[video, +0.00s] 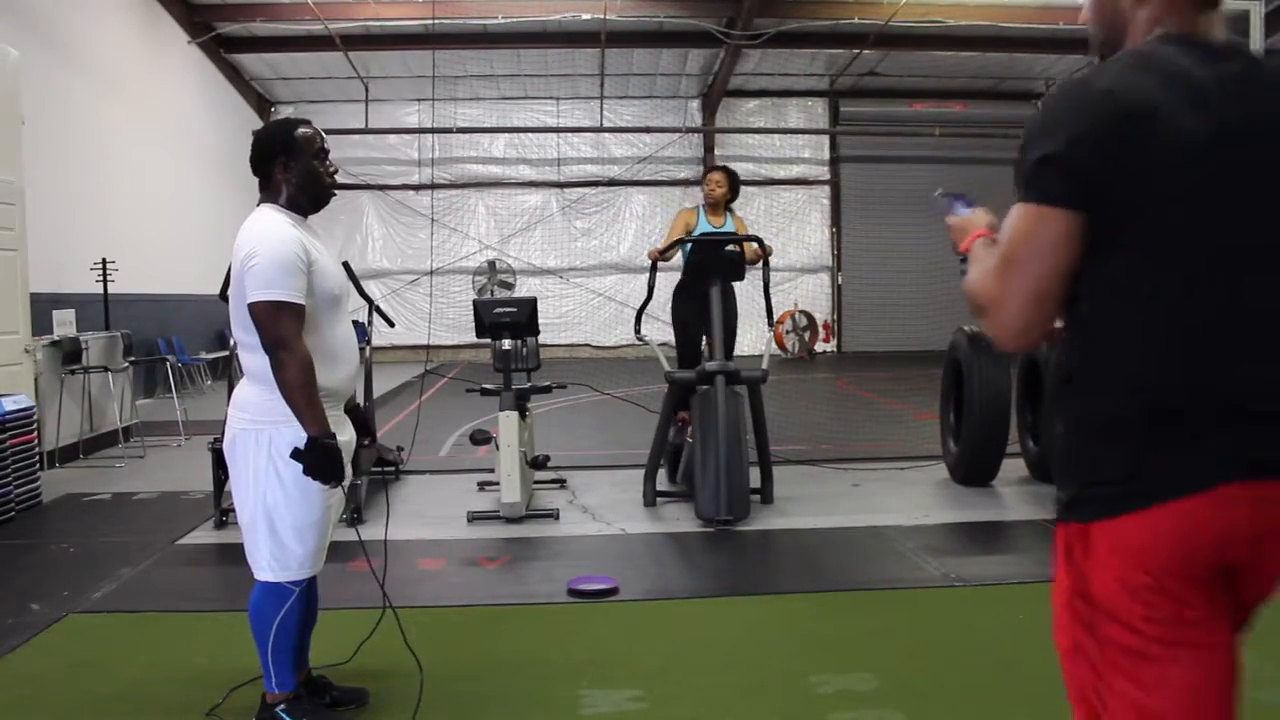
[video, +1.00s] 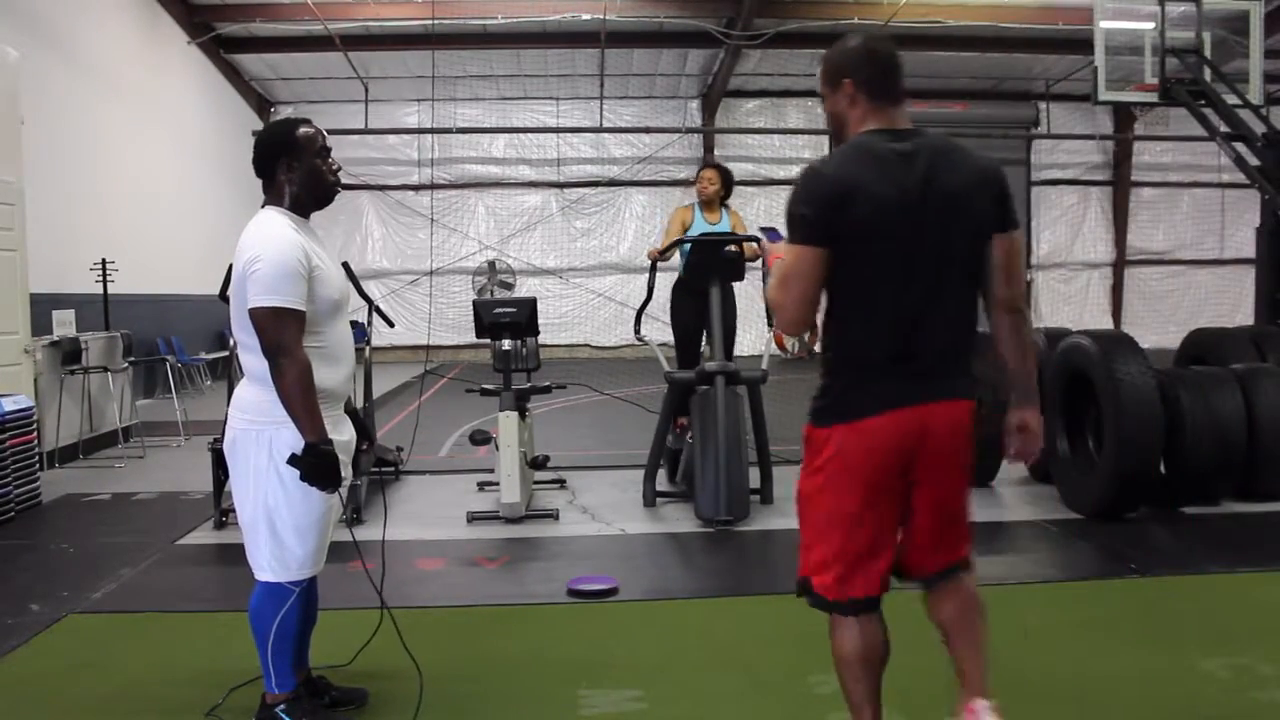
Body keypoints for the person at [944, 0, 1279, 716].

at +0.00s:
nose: (1083, 12)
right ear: (1205, 2)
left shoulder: (1092, 105)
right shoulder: (1267, 86)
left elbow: (1014, 320)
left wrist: (977, 246)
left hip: (1142, 504)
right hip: (1266, 482)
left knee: (1155, 703)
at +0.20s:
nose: (1042, 55)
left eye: (1047, 33)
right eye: (1040, 36)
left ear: (1092, 29)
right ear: (1149, 32)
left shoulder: (1045, 141)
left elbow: (982, 324)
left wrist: (941, 262)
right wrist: (1259, 483)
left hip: (1064, 500)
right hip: (1189, 482)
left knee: (1034, 703)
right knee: (1107, 688)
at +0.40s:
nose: (1001, 57)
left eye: (1006, 37)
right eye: (1000, 39)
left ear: (1045, 32)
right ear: (1092, 35)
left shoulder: (1011, 126)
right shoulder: (1177, 147)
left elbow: (954, 295)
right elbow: (1162, 294)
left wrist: (917, 247)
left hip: (1015, 443)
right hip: (1136, 437)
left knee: (935, 630)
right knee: (1094, 663)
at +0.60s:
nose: (941, 82)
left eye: (948, 65)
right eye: (942, 66)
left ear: (984, 60)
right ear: (1020, 63)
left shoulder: (959, 155)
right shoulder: (1101, 160)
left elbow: (912, 309)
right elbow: (1100, 296)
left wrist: (873, 258)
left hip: (966, 440)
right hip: (1079, 431)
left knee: (919, 634)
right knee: (1075, 652)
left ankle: (872, 719)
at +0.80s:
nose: (873, 107)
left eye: (875, 93)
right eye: (871, 94)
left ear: (906, 87)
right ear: (951, 88)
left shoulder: (888, 179)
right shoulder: (1029, 178)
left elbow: (851, 324)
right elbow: (1034, 305)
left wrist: (821, 273)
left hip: (902, 436)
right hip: (1007, 430)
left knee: (874, 614)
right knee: (1020, 626)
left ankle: (870, 715)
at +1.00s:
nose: (826, 111)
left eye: (826, 98)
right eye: (826, 98)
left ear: (847, 93)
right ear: (897, 92)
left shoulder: (829, 183)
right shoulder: (979, 175)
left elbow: (792, 318)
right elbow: (1008, 301)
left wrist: (778, 264)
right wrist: (1024, 400)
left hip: (857, 423)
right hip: (948, 413)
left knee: (853, 596)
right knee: (945, 564)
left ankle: (866, 714)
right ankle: (978, 701)